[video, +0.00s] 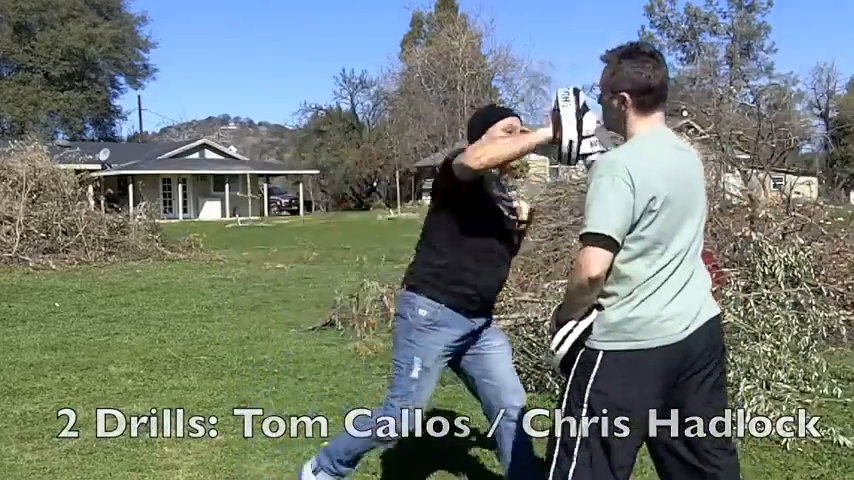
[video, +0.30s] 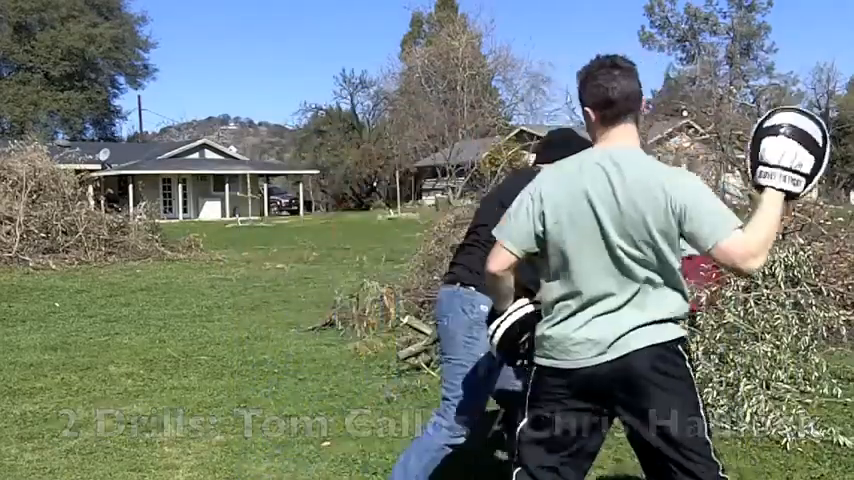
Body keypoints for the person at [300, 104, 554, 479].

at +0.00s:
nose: (519, 139)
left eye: (522, 133)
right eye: (509, 131)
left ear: (522, 144)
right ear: (481, 139)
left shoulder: (503, 196)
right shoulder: (457, 170)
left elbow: (500, 256)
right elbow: (474, 160)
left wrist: (519, 227)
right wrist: (548, 133)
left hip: (476, 320)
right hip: (429, 311)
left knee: (511, 407)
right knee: (402, 415)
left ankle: (525, 476)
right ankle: (324, 468)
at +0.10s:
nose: (547, 153)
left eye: (547, 146)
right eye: (539, 144)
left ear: (512, 150)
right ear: (512, 146)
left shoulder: (516, 186)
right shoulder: (500, 170)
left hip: (481, 322)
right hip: (446, 315)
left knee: (515, 418)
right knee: (430, 424)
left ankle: (524, 476)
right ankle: (369, 474)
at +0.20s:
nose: (572, 171)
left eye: (574, 163)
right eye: (569, 162)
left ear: (533, 160)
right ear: (547, 160)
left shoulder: (502, 184)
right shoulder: (532, 188)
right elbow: (553, 261)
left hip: (493, 310)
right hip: (467, 305)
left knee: (516, 404)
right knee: (458, 424)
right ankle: (406, 474)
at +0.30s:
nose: (577, 180)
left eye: (578, 172)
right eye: (576, 171)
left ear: (543, 157)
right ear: (563, 163)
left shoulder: (522, 183)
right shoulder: (535, 185)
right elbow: (509, 259)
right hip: (471, 300)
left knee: (532, 396)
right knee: (457, 418)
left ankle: (527, 471)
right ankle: (404, 474)